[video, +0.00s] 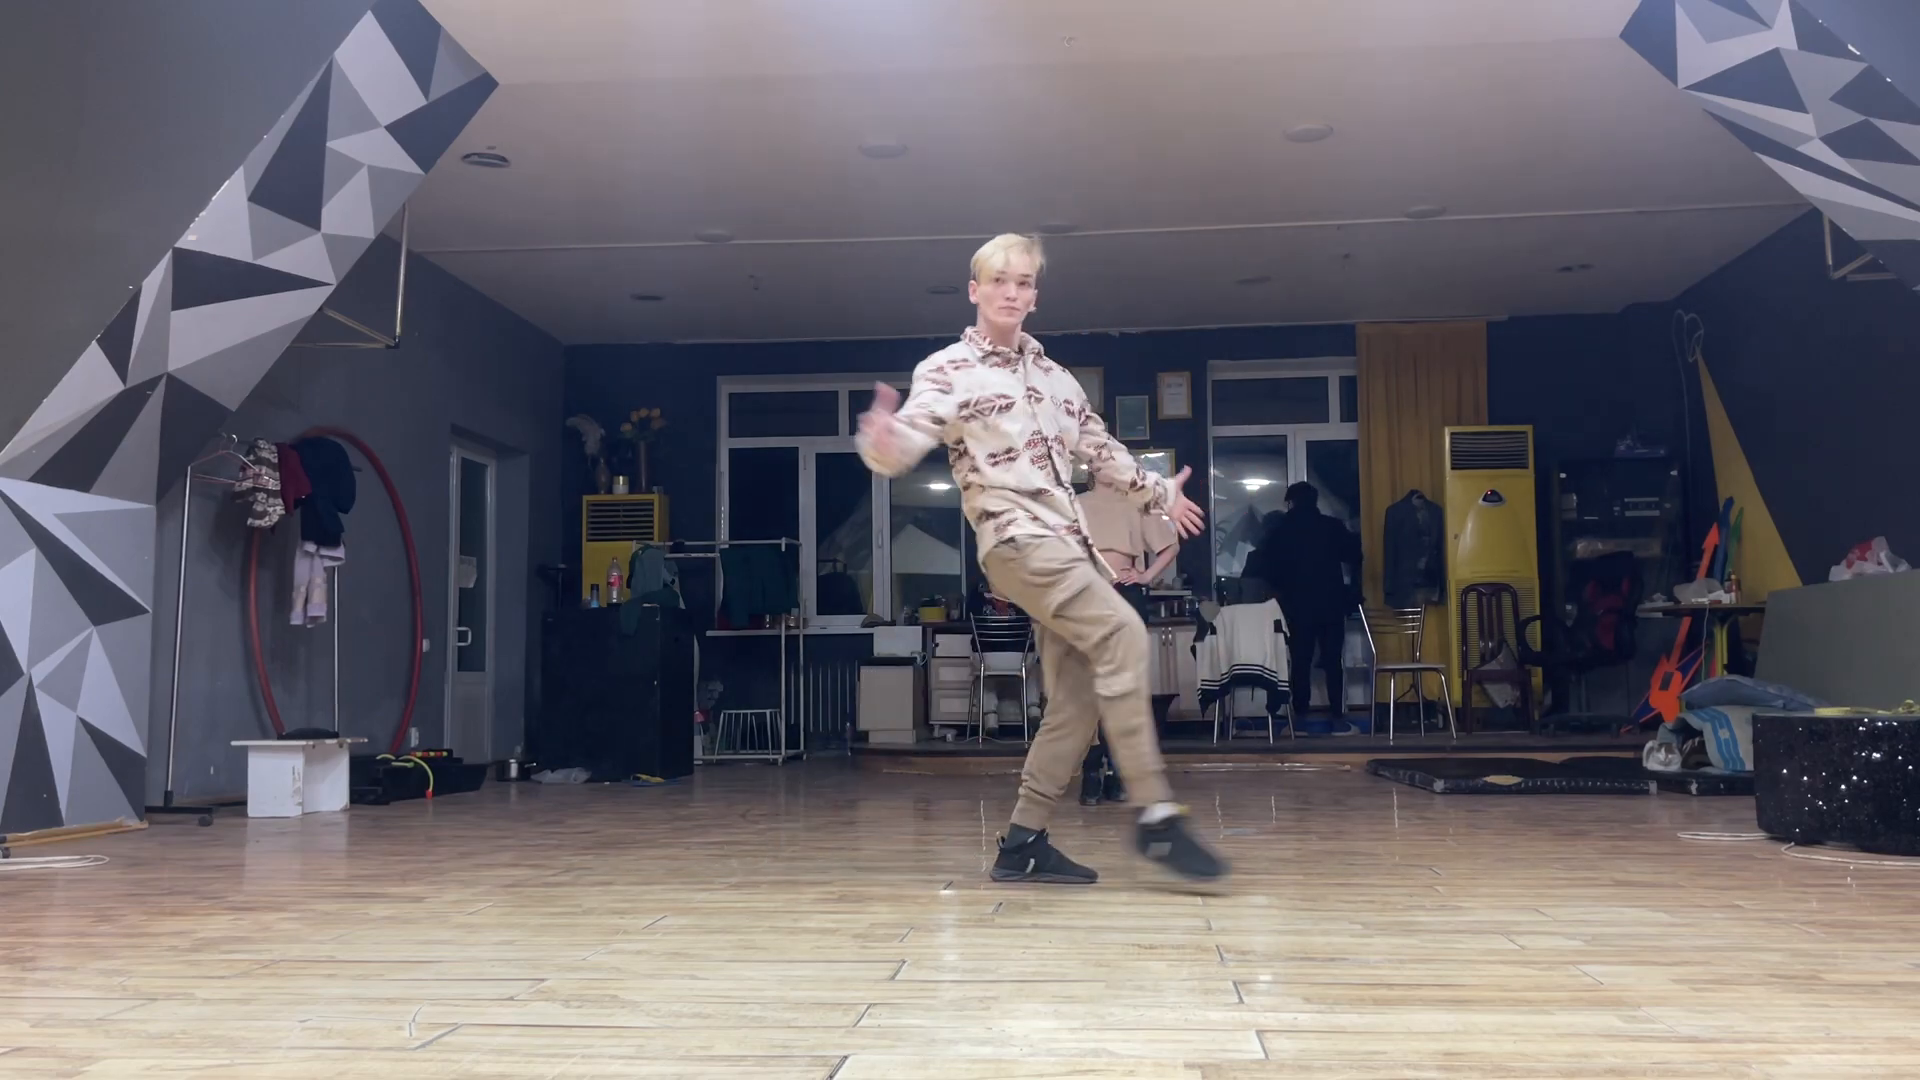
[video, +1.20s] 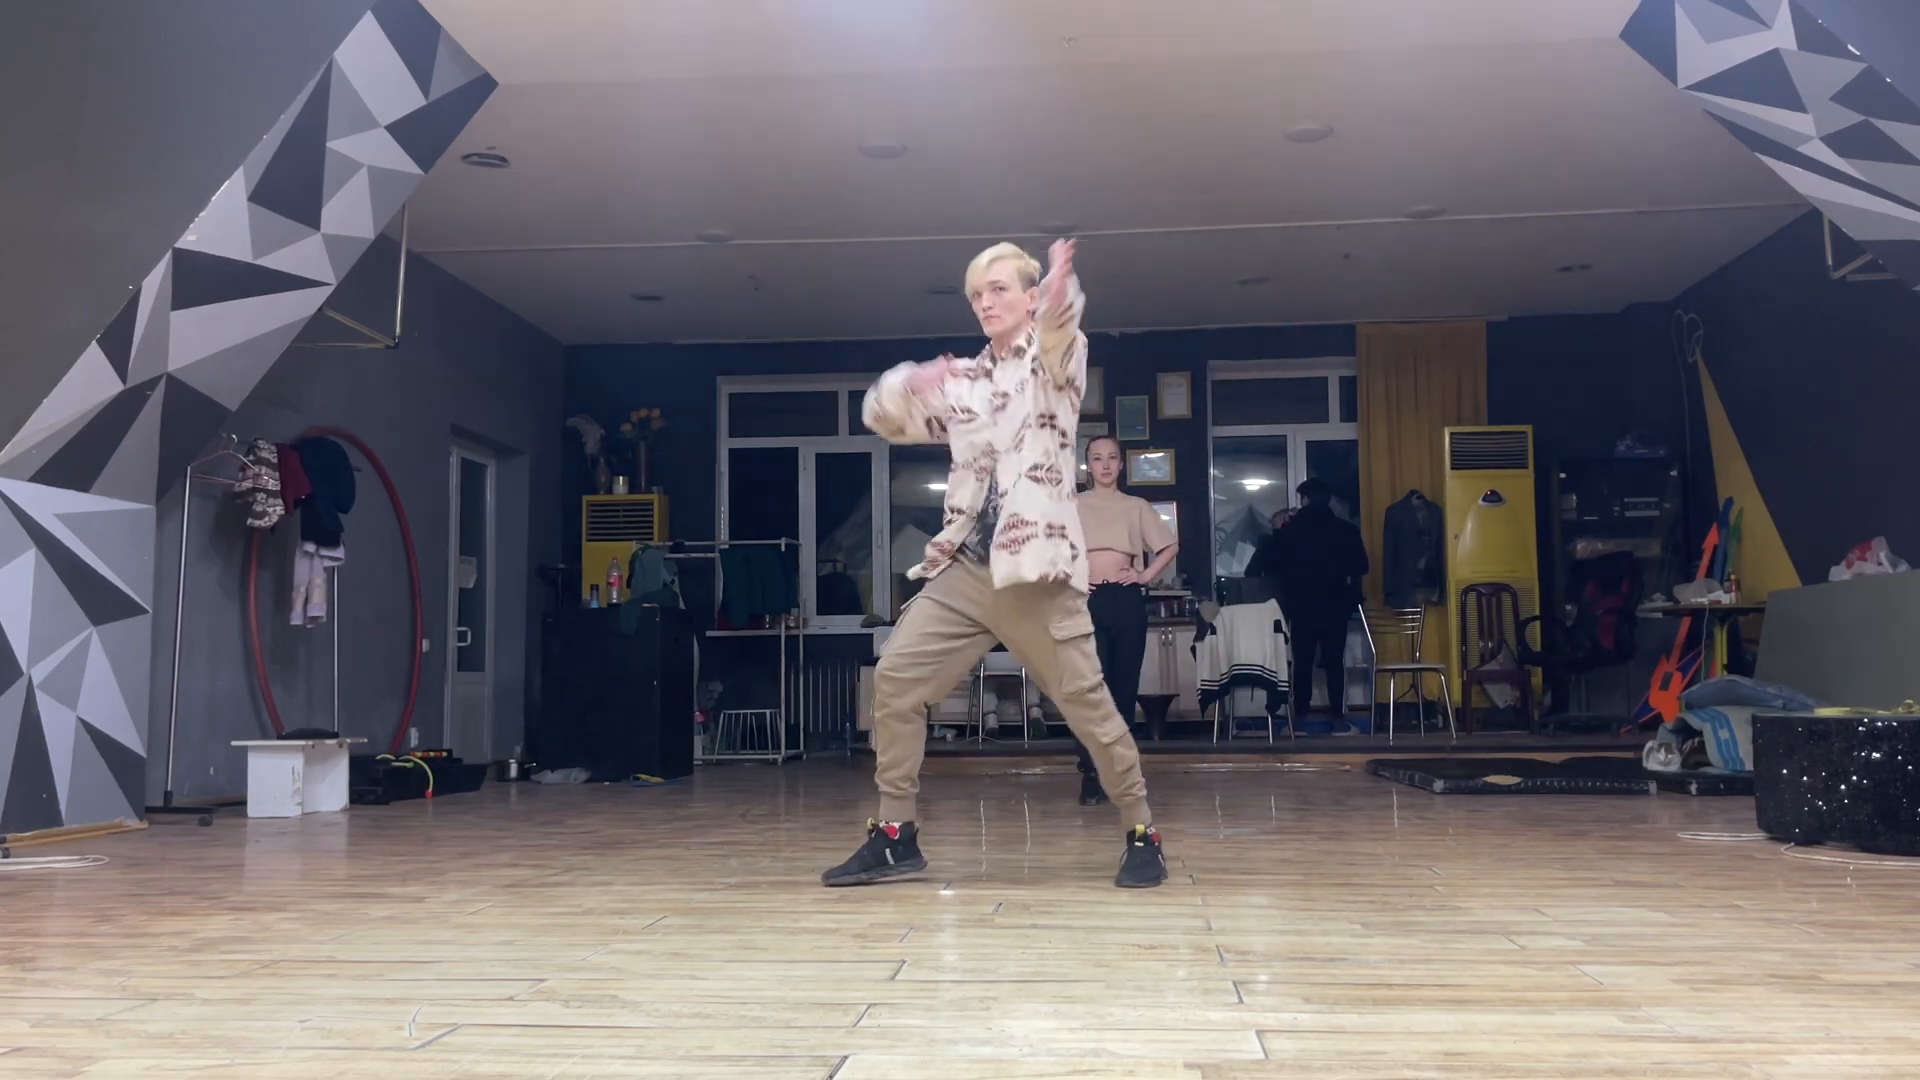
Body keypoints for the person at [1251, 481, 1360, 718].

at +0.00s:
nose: (1288, 506)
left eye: (1289, 502)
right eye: (1289, 502)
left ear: (1291, 502)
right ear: (1315, 501)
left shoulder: (1280, 529)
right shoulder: (1333, 526)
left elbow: (1264, 566)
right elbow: (1355, 556)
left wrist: (1278, 592)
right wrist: (1355, 593)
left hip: (1296, 603)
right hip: (1330, 601)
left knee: (1300, 661)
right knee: (1333, 661)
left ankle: (1300, 716)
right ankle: (1337, 718)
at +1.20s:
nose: (1301, 502)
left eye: (1302, 498)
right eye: (1302, 498)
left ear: (1305, 499)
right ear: (1328, 499)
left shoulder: (1291, 529)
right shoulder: (1346, 529)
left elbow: (1272, 566)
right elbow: (1360, 567)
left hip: (1302, 604)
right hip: (1335, 604)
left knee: (1302, 661)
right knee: (1334, 661)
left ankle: (1300, 719)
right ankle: (1337, 719)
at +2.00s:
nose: (1299, 502)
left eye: (1300, 498)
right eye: (1300, 498)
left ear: (1302, 499)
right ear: (1327, 499)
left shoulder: (1286, 529)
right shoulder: (1345, 530)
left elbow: (1252, 568)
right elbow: (1358, 568)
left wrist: (1271, 527)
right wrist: (1352, 597)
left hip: (1297, 605)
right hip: (1333, 604)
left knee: (1301, 661)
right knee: (1333, 661)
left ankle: (1300, 719)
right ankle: (1337, 719)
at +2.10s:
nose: (1299, 502)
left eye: (1299, 498)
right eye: (1301, 498)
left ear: (1302, 500)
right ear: (1326, 500)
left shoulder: (1285, 528)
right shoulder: (1344, 529)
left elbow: (1251, 567)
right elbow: (1358, 568)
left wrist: (1270, 527)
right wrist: (1354, 598)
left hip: (1296, 605)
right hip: (1333, 604)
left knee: (1300, 661)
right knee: (1333, 661)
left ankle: (1299, 717)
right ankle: (1337, 719)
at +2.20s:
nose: (1298, 502)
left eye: (1299, 498)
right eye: (1300, 498)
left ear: (1302, 500)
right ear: (1327, 500)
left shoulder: (1285, 528)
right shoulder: (1345, 529)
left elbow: (1250, 567)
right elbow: (1358, 568)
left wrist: (1270, 527)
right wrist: (1355, 598)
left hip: (1297, 604)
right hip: (1333, 603)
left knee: (1300, 660)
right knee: (1333, 661)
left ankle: (1299, 717)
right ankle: (1337, 719)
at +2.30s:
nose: (1299, 502)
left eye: (1299, 499)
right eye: (1301, 499)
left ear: (1302, 500)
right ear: (1327, 500)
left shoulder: (1285, 529)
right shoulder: (1345, 529)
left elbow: (1250, 568)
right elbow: (1358, 568)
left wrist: (1268, 527)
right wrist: (1354, 598)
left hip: (1297, 605)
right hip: (1333, 603)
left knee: (1300, 661)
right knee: (1333, 660)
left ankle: (1299, 717)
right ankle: (1337, 718)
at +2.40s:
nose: (1298, 502)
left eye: (1299, 499)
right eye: (1300, 499)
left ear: (1302, 500)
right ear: (1327, 500)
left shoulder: (1285, 528)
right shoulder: (1345, 529)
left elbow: (1249, 567)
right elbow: (1358, 568)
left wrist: (1269, 527)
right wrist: (1355, 597)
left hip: (1297, 605)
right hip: (1333, 603)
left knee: (1300, 661)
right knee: (1333, 661)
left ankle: (1299, 717)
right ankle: (1337, 719)